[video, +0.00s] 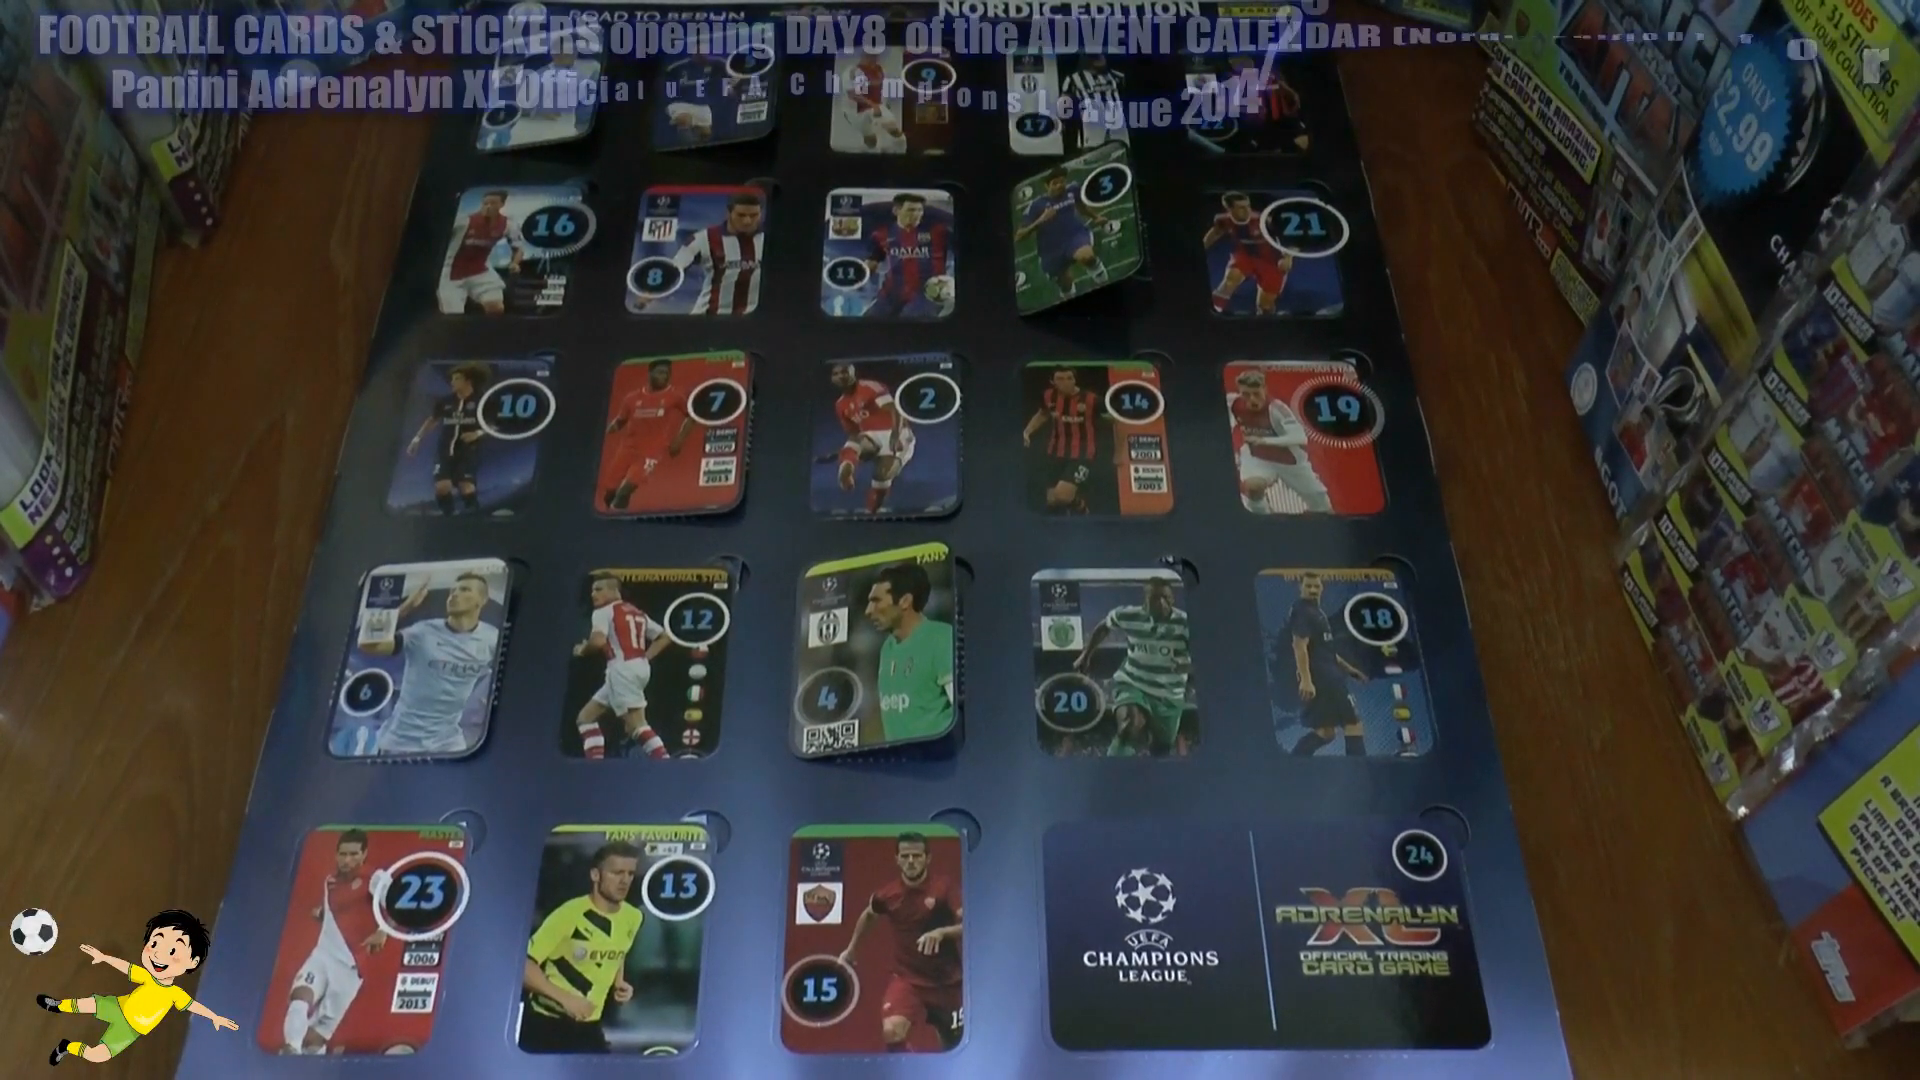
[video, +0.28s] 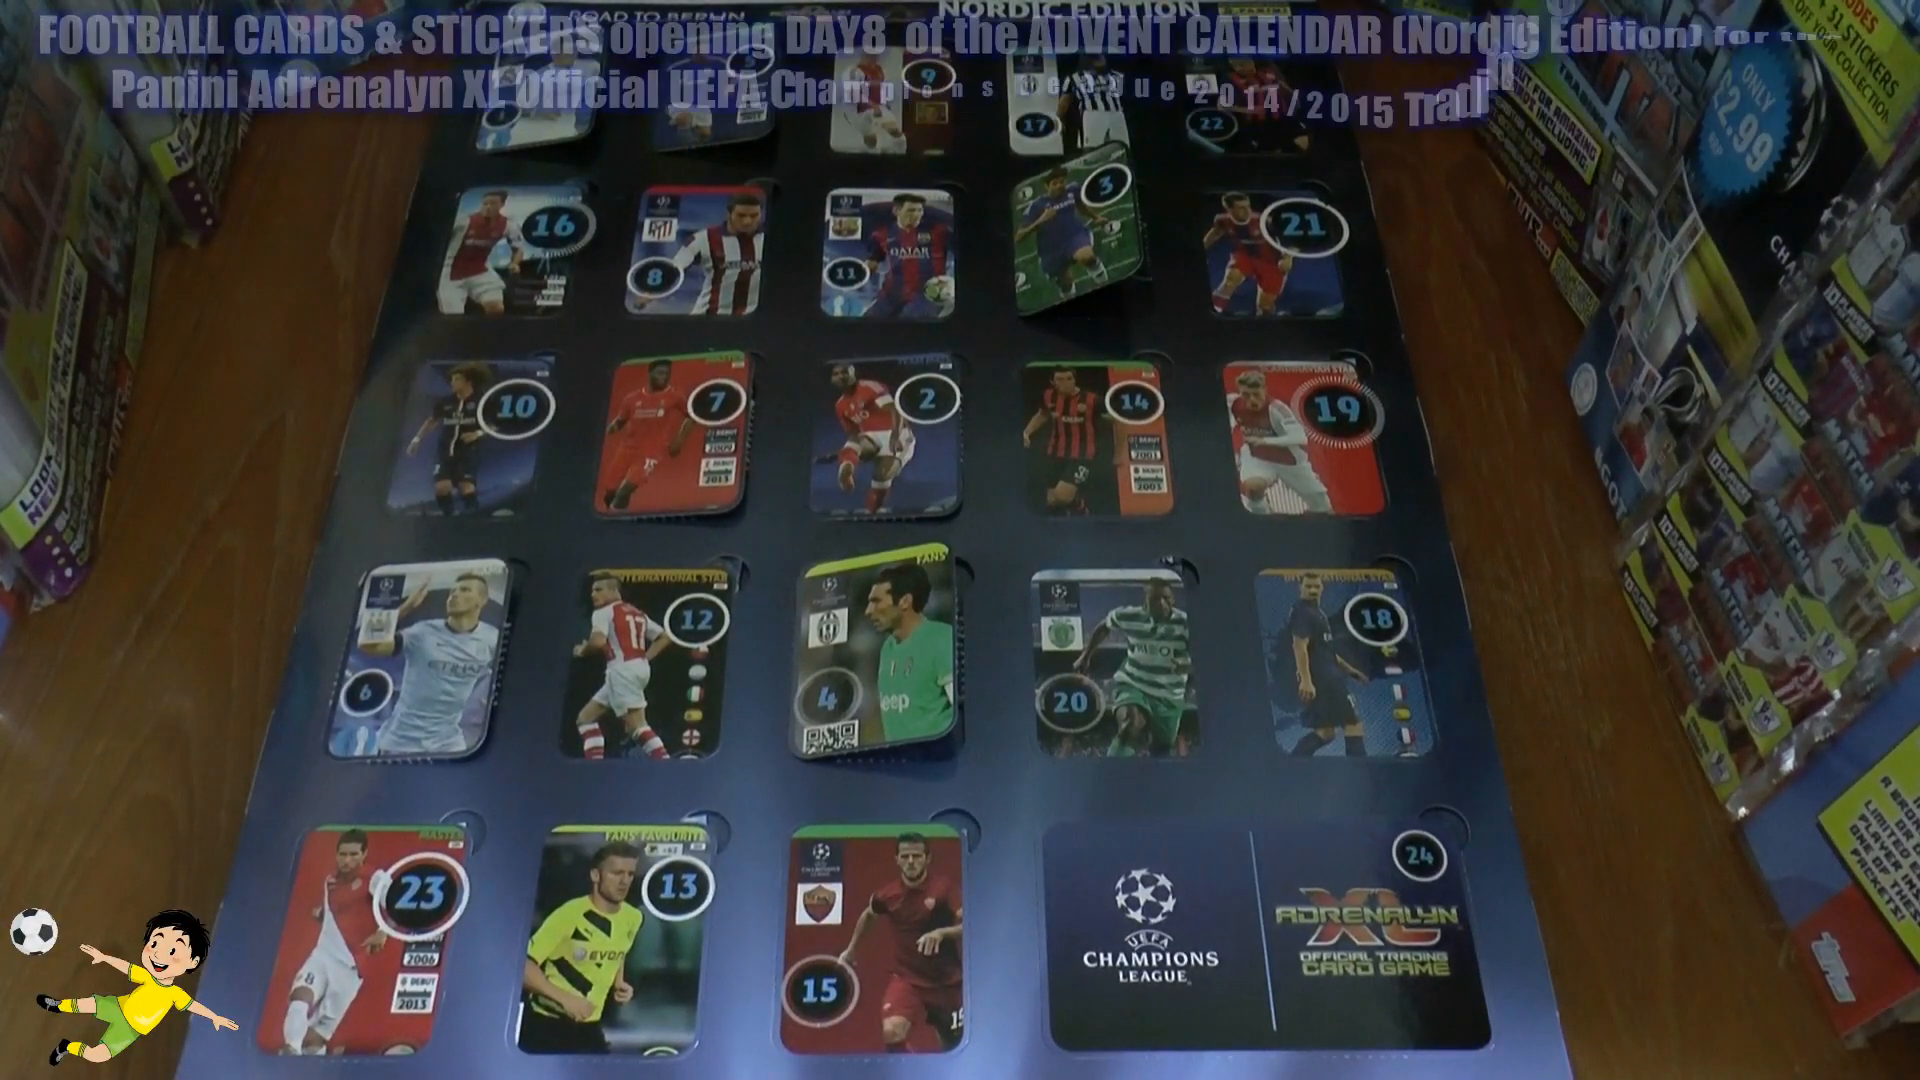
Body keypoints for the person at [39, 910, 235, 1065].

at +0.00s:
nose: (159, 956)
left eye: (172, 952)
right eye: (155, 944)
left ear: (190, 965)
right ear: (146, 945)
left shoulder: (176, 995)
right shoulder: (143, 975)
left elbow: (195, 1007)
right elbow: (124, 966)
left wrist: (214, 1017)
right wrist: (103, 958)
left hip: (131, 1030)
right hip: (119, 1008)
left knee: (99, 1055)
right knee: (89, 1003)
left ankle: (66, 1047)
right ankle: (57, 1006)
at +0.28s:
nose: (159, 956)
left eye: (172, 952)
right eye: (155, 944)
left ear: (189, 965)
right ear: (145, 946)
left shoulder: (176, 995)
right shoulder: (143, 975)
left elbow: (195, 1007)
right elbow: (124, 966)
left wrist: (214, 1017)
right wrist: (103, 958)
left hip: (131, 1030)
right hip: (119, 1008)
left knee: (98, 1055)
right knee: (89, 1003)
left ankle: (66, 1047)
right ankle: (58, 1006)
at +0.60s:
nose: (159, 955)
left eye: (172, 952)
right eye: (155, 944)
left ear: (188, 966)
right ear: (145, 945)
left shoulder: (176, 995)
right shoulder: (144, 976)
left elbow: (195, 1007)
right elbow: (124, 966)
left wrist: (215, 1017)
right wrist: (103, 958)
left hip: (131, 1030)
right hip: (119, 1008)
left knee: (99, 1055)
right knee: (89, 1003)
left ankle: (66, 1047)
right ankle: (57, 1006)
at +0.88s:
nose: (159, 956)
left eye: (172, 952)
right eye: (155, 944)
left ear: (187, 966)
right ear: (146, 945)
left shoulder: (176, 995)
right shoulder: (143, 976)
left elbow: (194, 1007)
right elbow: (124, 966)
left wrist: (214, 1017)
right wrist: (103, 958)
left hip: (131, 1030)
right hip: (119, 1008)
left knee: (99, 1055)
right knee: (89, 1003)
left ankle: (66, 1047)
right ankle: (57, 1006)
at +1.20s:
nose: (159, 955)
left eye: (172, 952)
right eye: (155, 943)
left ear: (187, 966)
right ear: (145, 945)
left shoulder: (176, 995)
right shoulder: (144, 976)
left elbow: (195, 1007)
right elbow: (124, 966)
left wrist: (214, 1017)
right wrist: (103, 958)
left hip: (131, 1030)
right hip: (119, 1008)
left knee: (99, 1055)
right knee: (88, 1003)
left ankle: (66, 1047)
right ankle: (57, 1006)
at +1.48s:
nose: (159, 955)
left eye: (172, 952)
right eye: (155, 944)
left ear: (187, 967)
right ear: (145, 946)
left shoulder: (176, 995)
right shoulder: (144, 976)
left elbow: (195, 1007)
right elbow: (124, 966)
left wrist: (215, 1017)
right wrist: (103, 958)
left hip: (131, 1030)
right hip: (119, 1008)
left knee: (99, 1055)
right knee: (89, 1003)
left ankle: (66, 1047)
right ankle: (57, 1006)